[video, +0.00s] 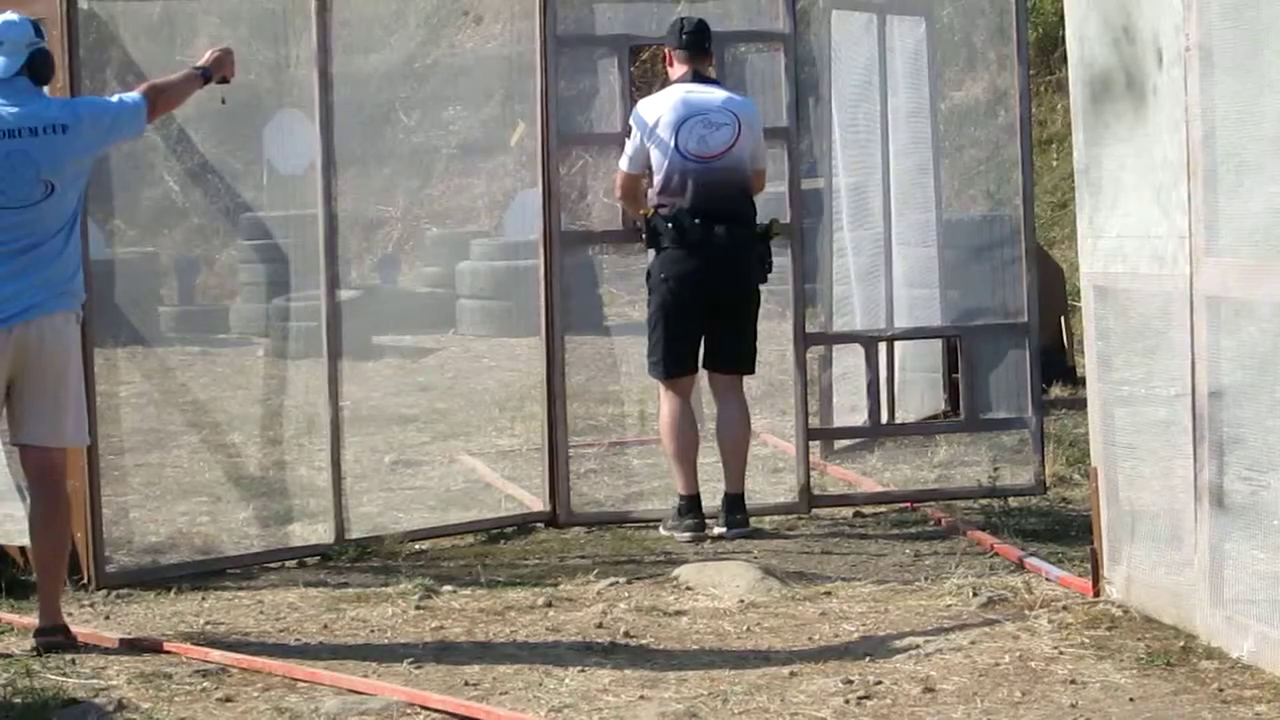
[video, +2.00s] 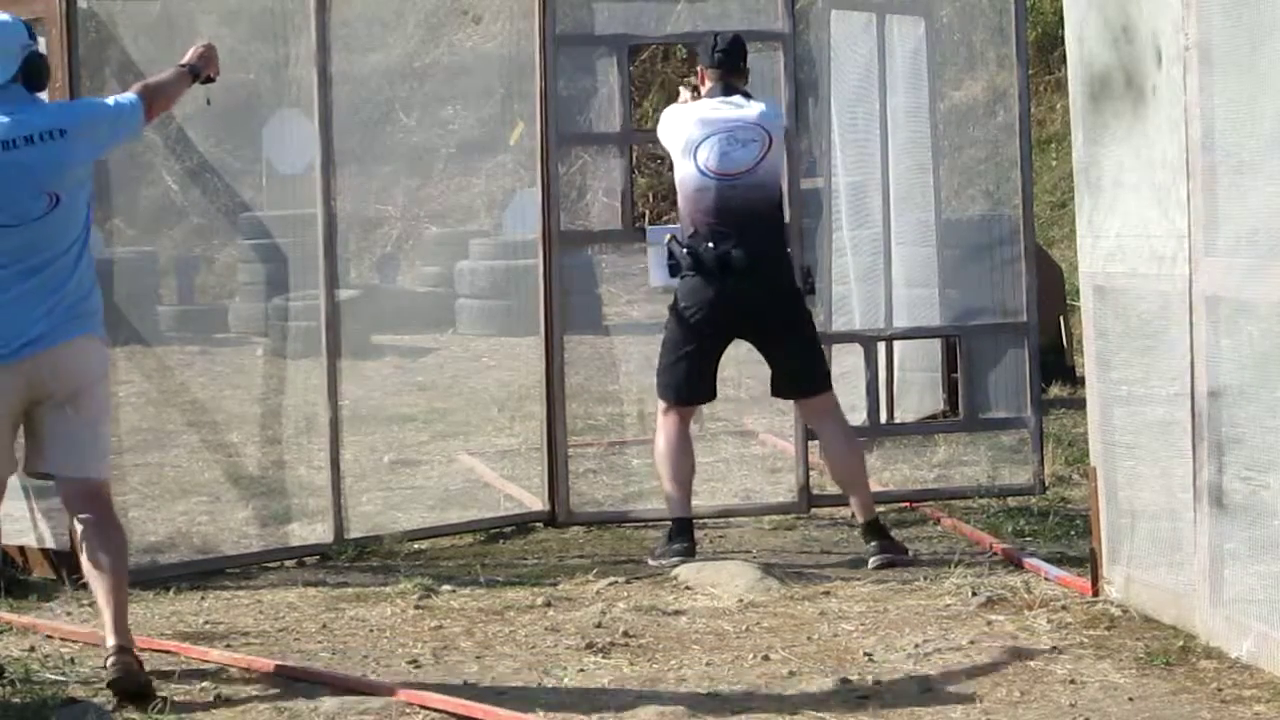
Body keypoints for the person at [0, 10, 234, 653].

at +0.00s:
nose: (49, 68)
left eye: (40, 58)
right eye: (46, 61)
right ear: (39, 65)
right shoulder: (61, 120)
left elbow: (147, 102)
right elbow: (148, 101)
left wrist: (196, 74)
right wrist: (204, 70)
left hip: (18, 315)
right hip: (41, 314)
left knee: (46, 473)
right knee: (46, 473)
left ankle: (48, 617)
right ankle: (50, 621)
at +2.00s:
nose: (41, 69)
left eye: (31, 58)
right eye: (36, 61)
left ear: (2, 74)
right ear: (29, 70)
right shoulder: (63, 125)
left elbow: (144, 103)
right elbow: (146, 101)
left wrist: (184, 72)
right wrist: (192, 66)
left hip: (9, 348)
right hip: (72, 336)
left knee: (6, 508)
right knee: (92, 503)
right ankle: (120, 645)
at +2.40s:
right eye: (99, 51)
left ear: (27, 56)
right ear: (93, 52)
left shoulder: (6, 120)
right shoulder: (131, 108)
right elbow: (206, 92)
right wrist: (244, 64)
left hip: (34, 333)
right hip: (128, 324)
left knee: (23, 483)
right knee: (126, 504)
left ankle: (34, 636)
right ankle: (128, 677)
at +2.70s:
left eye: (42, 57)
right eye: (113, 53)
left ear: (40, 58)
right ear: (110, 53)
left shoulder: (14, 127)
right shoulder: (148, 110)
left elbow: (4, 248)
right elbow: (222, 90)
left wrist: (21, 302)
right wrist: (257, 59)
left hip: (59, 350)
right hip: (149, 337)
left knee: (82, 520)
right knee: (140, 511)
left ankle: (127, 675)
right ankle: (130, 673)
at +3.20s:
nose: (65, 52)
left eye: (68, 43)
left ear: (73, 51)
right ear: (146, 47)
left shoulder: (49, 120)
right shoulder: (191, 104)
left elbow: (17, 255)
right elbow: (250, 86)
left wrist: (6, 353)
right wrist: (277, 54)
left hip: (101, 352)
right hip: (195, 335)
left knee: (114, 535)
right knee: (192, 495)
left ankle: (142, 703)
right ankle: (225, 653)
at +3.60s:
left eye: (148, 55)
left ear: (147, 57)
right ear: (223, 50)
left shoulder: (130, 125)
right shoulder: (268, 107)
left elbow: (101, 262)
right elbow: (308, 79)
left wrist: (84, 364)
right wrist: (323, 45)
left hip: (168, 356)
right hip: (268, 344)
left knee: (149, 537)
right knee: (293, 532)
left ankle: (144, 704)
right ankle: (329, 702)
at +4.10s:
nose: (222, 59)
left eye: (225, 46)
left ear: (222, 47)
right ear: (296, 39)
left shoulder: (206, 111)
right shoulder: (341, 100)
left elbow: (176, 245)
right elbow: (368, 80)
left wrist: (153, 345)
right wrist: (378, 49)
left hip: (238, 349)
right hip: (338, 337)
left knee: (218, 523)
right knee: (329, 528)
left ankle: (250, 696)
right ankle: (338, 703)